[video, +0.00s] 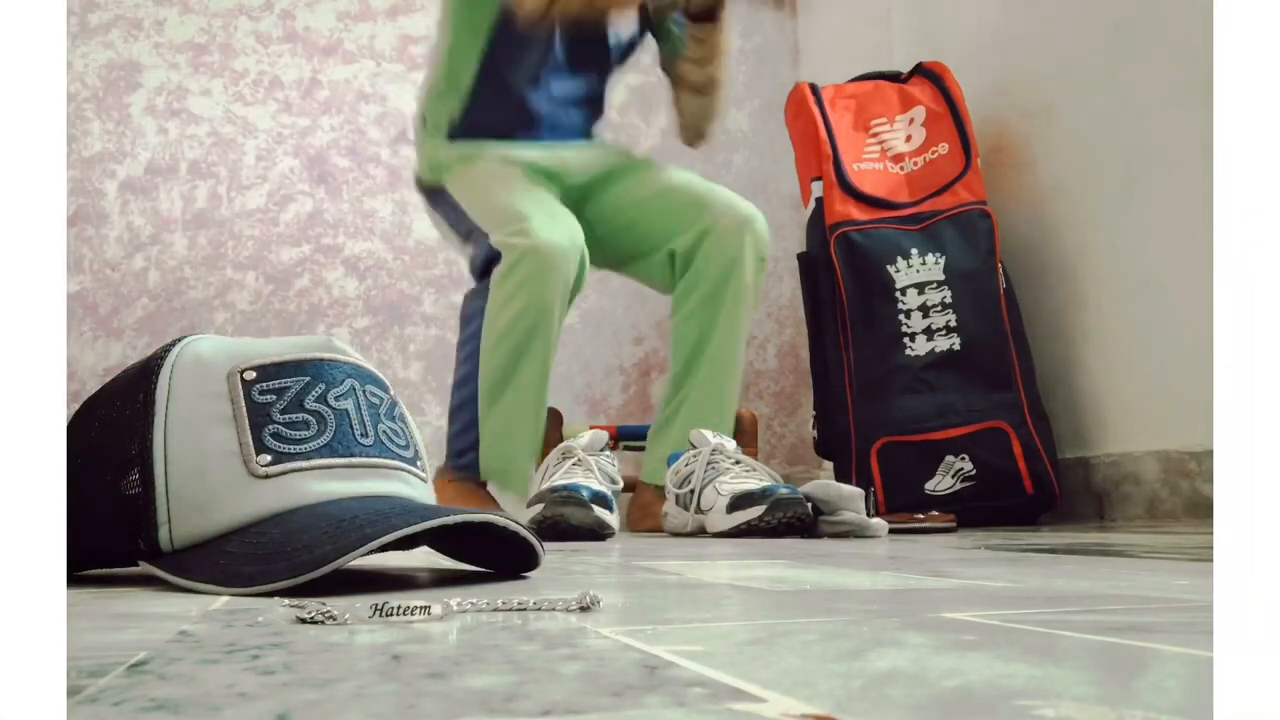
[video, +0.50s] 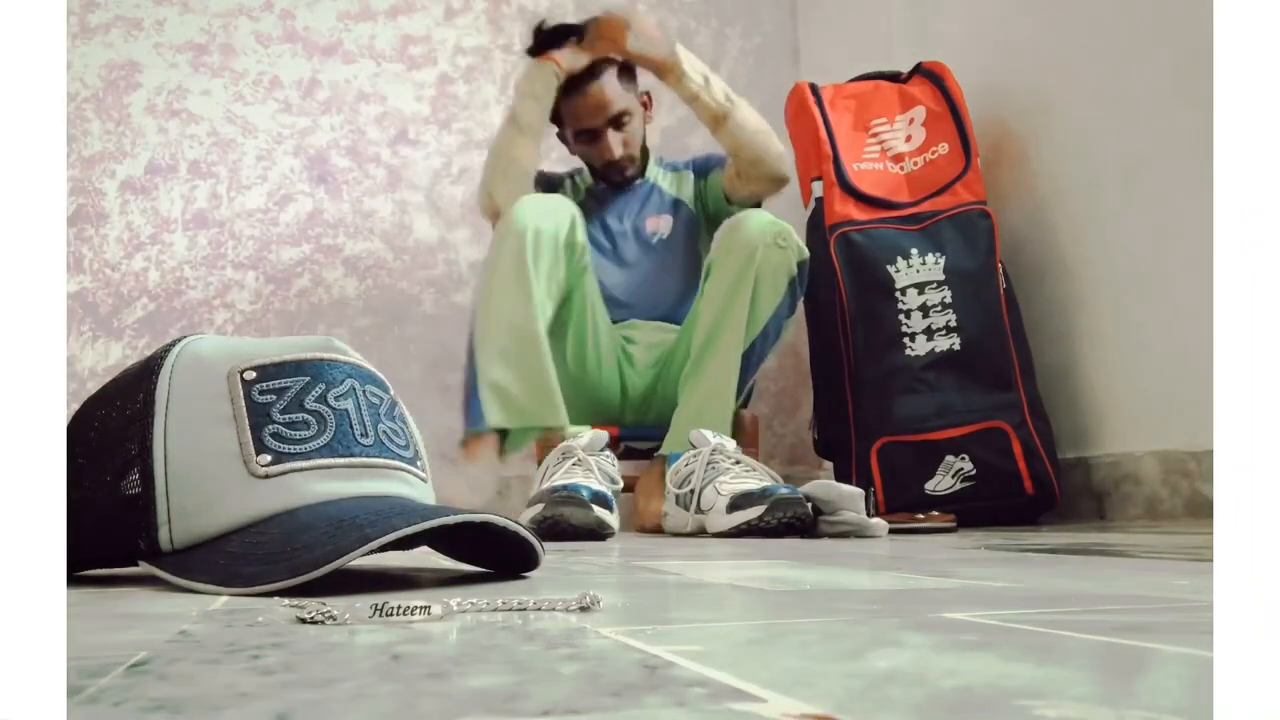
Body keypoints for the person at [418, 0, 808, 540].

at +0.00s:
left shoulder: (655, 2)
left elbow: (695, 123)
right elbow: (533, 10)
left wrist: (706, 21)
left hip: (580, 157)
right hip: (473, 151)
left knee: (732, 229)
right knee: (549, 246)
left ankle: (677, 479)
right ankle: (503, 494)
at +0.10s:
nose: (617, 72)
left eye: (639, 64)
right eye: (608, 55)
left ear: (680, 36)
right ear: (582, 9)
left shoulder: (681, 30)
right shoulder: (496, 11)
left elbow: (777, 151)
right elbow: (452, 134)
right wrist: (617, 151)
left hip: (614, 242)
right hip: (505, 234)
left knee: (744, 236)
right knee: (550, 261)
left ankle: (676, 483)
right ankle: (483, 492)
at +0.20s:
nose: (598, 153)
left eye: (618, 138)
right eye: (580, 139)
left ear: (642, 99)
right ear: (551, 102)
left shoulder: (673, 117)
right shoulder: (501, 127)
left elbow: (788, 166)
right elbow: (415, 254)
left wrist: (654, 49)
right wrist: (498, 239)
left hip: (666, 344)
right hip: (564, 345)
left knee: (753, 240)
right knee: (519, 255)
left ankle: (670, 482)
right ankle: (505, 491)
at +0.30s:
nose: (615, 164)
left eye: (626, 146)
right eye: (596, 154)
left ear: (644, 114)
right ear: (562, 137)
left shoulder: (677, 157)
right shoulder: (531, 179)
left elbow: (772, 174)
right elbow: (436, 299)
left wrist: (637, 75)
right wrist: (500, 187)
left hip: (673, 369)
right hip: (576, 375)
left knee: (767, 242)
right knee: (559, 246)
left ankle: (674, 478)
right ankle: (506, 486)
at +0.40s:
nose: (614, 156)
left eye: (627, 131)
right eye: (591, 140)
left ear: (654, 106)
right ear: (562, 130)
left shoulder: (690, 170)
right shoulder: (557, 185)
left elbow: (762, 140)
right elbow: (497, 264)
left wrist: (647, 39)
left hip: (682, 370)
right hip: (587, 372)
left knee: (767, 237)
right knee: (568, 226)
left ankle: (695, 464)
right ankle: (563, 462)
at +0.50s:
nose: (612, 149)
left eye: (620, 123)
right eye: (588, 137)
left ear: (646, 109)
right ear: (565, 138)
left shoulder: (695, 185)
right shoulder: (562, 196)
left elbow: (771, 170)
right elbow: (499, 202)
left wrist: (671, 62)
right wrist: (540, 74)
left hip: (682, 373)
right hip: (585, 373)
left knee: (763, 233)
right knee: (535, 213)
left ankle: (697, 458)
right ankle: (568, 456)